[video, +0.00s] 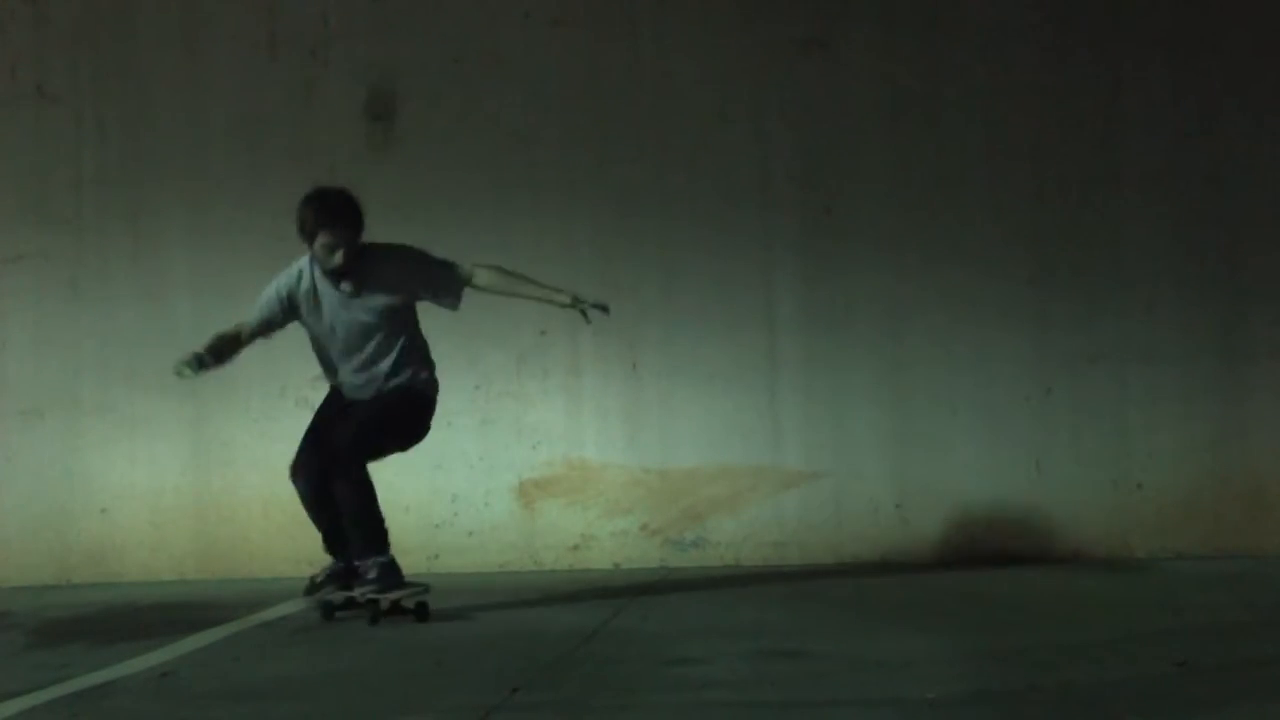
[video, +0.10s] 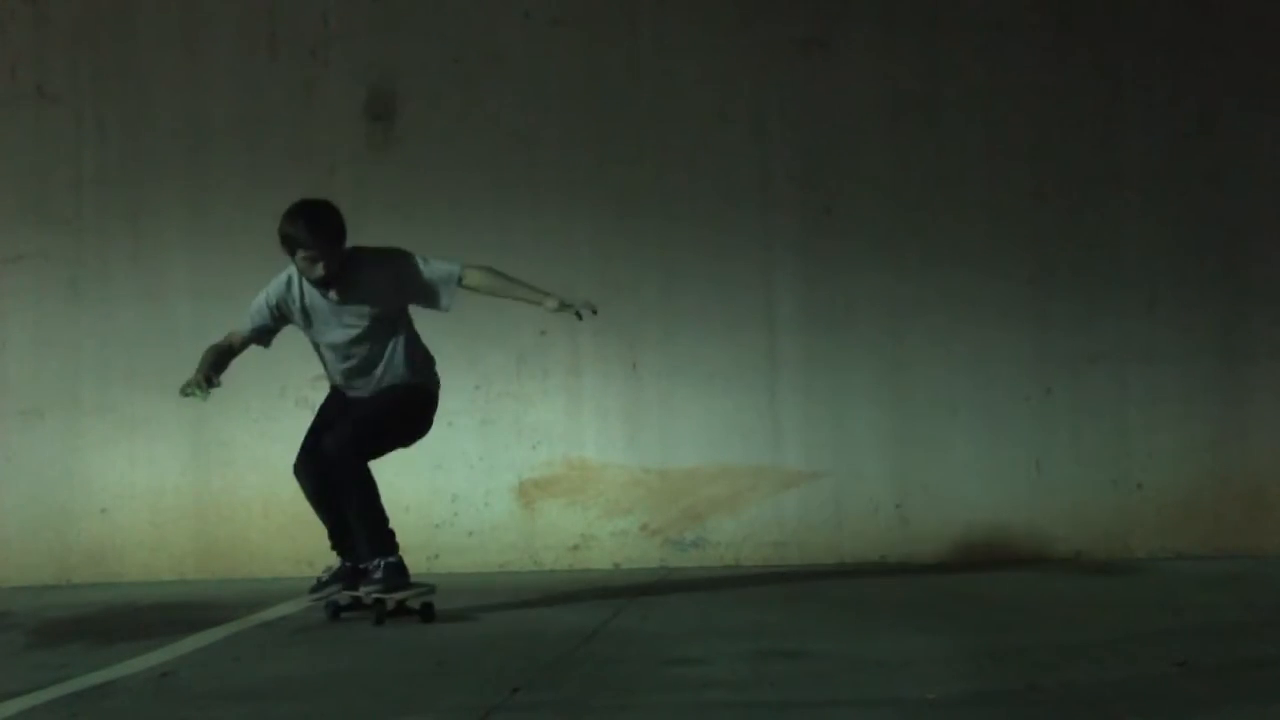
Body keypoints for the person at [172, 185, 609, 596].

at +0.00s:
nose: (340, 259)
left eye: (347, 247)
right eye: (328, 250)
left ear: (358, 237)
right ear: (308, 244)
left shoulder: (390, 267)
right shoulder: (298, 284)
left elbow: (475, 278)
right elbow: (246, 330)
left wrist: (564, 299)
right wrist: (209, 356)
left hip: (405, 397)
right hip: (346, 403)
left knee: (342, 454)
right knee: (306, 470)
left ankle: (379, 566)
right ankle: (347, 563)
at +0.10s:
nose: (318, 270)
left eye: (324, 258)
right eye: (307, 262)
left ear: (340, 242)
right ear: (292, 257)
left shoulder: (383, 270)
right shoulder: (289, 291)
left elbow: (464, 277)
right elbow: (235, 340)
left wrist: (549, 300)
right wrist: (206, 372)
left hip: (405, 394)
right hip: (347, 402)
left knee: (340, 449)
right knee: (309, 467)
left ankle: (385, 562)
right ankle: (352, 560)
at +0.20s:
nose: (293, 257)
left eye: (298, 244)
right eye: (284, 249)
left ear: (321, 229)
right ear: (277, 247)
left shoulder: (373, 250)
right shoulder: (279, 281)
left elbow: (456, 262)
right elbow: (228, 338)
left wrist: (533, 295)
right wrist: (184, 383)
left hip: (410, 372)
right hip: (352, 379)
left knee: (356, 441)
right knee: (319, 459)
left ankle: (389, 560)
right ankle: (358, 559)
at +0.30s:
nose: (283, 249)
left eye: (287, 236)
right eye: (272, 243)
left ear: (307, 219)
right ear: (264, 241)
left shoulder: (362, 231)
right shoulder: (275, 274)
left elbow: (446, 240)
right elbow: (237, 348)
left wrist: (523, 267)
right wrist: (199, 400)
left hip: (416, 349)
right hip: (361, 360)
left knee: (365, 435)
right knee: (327, 451)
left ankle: (389, 560)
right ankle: (357, 561)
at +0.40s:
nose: (263, 252)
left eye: (267, 238)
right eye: (253, 244)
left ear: (288, 220)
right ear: (248, 241)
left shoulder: (348, 222)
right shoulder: (274, 275)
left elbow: (437, 226)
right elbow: (263, 357)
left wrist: (515, 257)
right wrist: (232, 425)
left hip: (424, 332)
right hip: (367, 344)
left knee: (375, 430)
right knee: (337, 442)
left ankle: (388, 559)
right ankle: (355, 560)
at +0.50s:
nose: (253, 265)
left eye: (254, 251)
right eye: (243, 258)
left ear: (277, 231)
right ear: (242, 254)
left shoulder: (337, 229)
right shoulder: (280, 283)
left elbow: (430, 229)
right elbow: (292, 365)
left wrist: (508, 267)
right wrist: (273, 445)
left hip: (431, 324)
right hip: (377, 339)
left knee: (387, 430)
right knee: (348, 438)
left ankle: (391, 560)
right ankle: (359, 558)